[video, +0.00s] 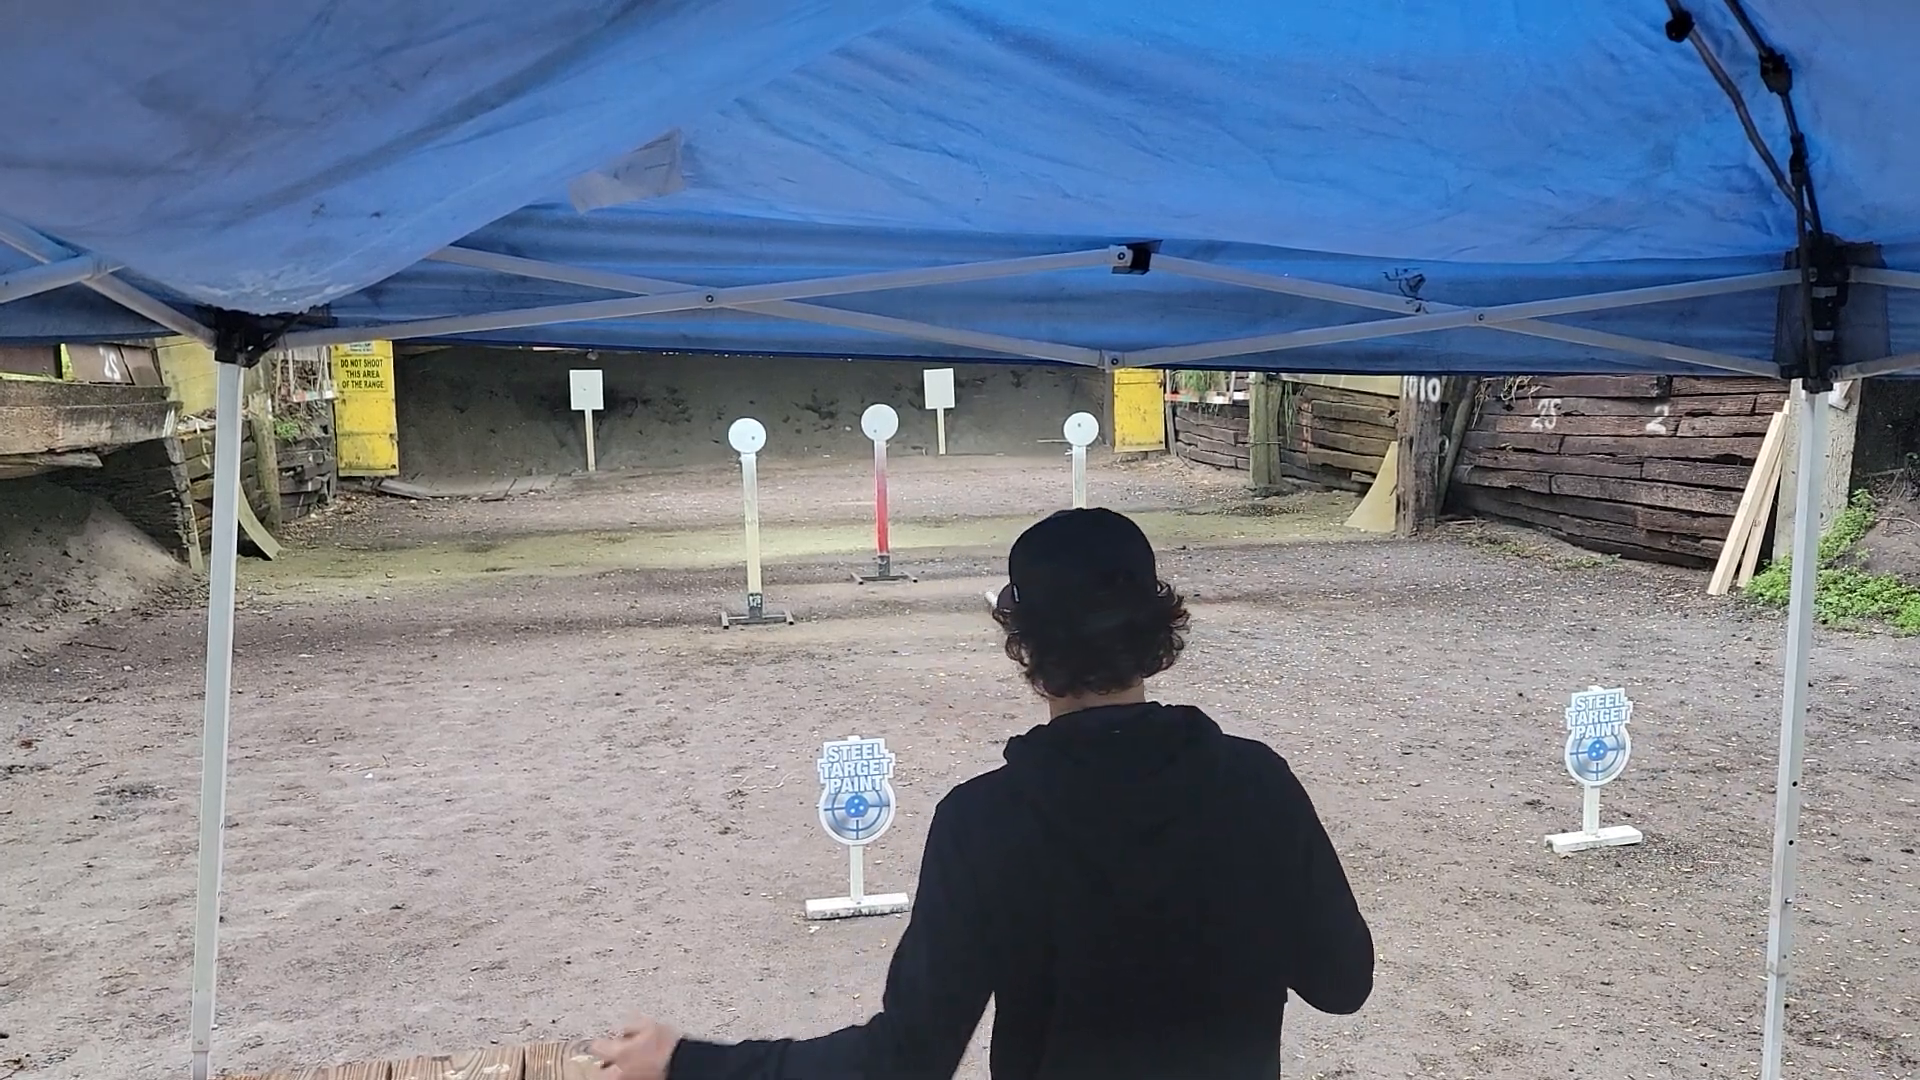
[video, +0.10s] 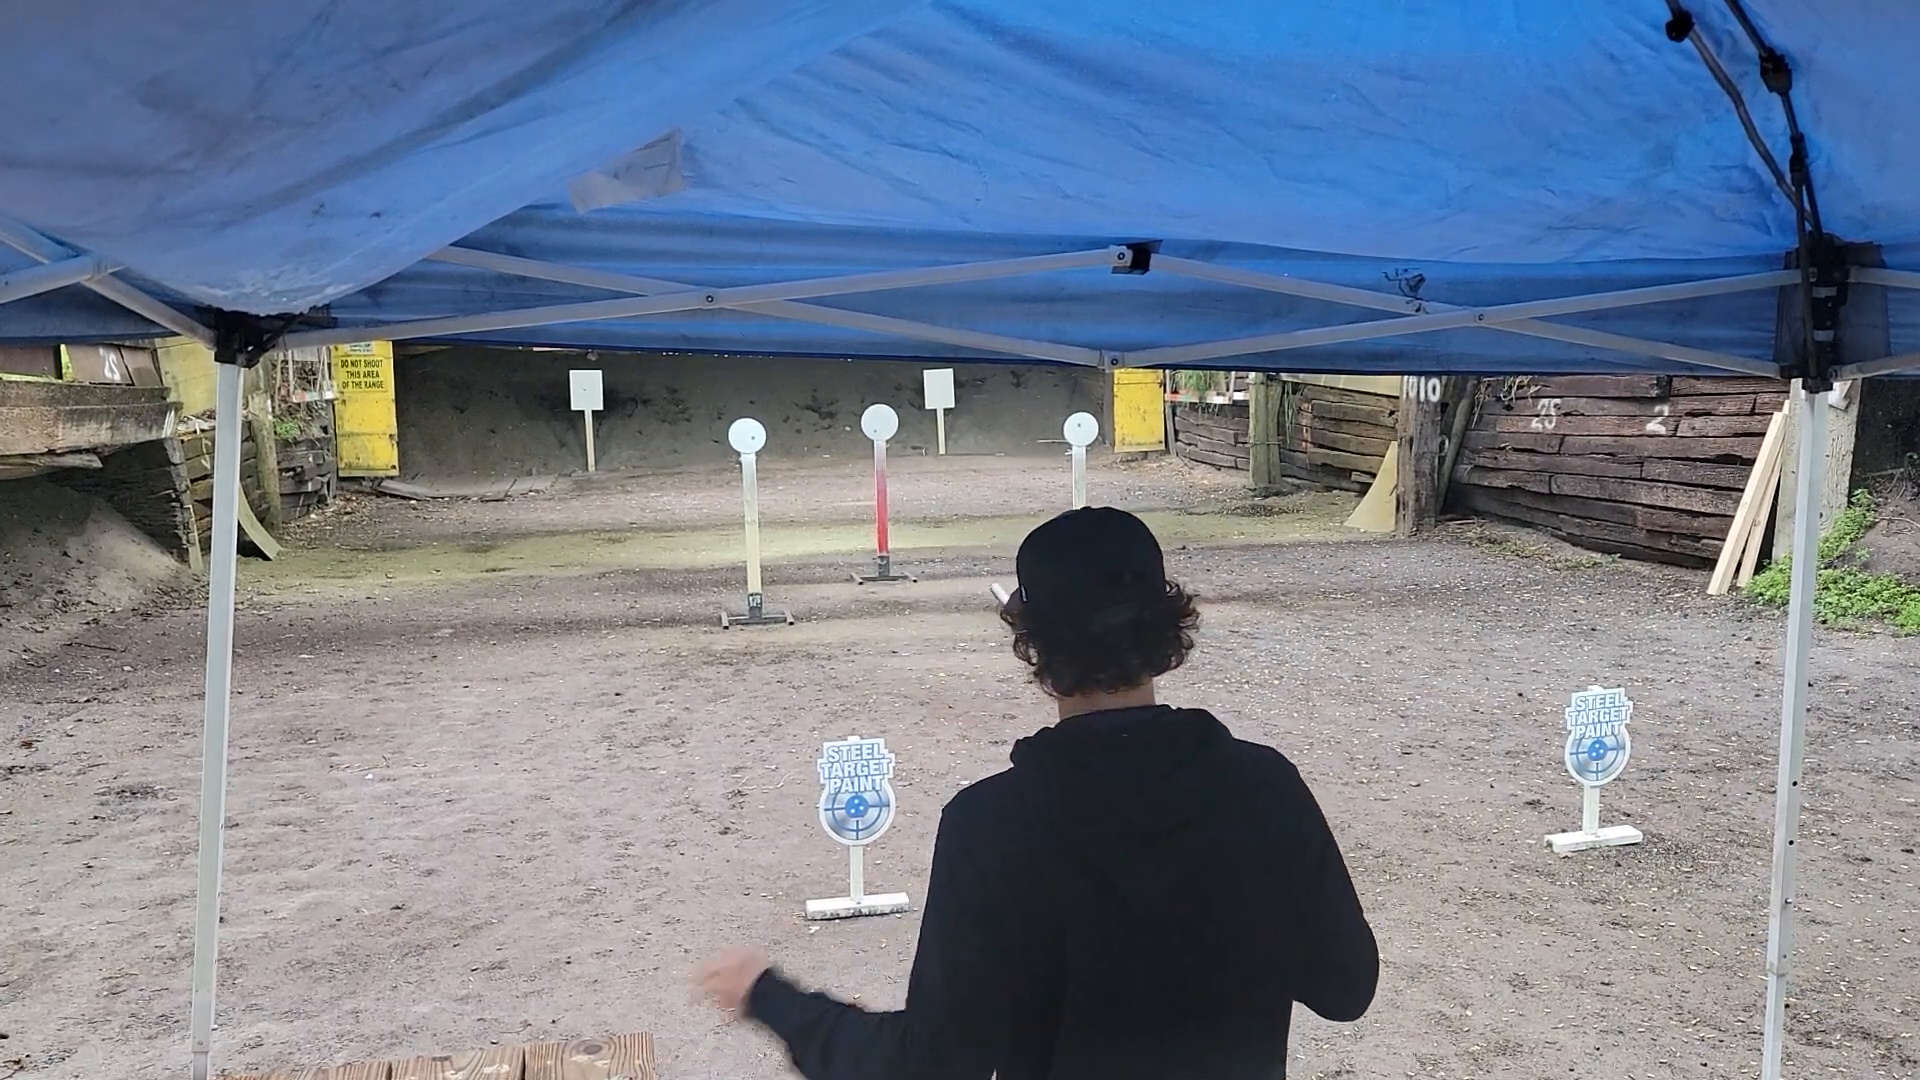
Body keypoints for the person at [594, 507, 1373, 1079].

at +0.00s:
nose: (1016, 636)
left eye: (1014, 620)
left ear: (1021, 640)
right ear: (1162, 625)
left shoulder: (987, 818)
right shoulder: (1258, 784)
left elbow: (910, 1055)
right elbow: (1344, 980)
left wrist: (686, 1060)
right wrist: (1230, 893)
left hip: (1053, 1067)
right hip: (1226, 1071)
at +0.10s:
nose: (1022, 636)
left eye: (1023, 617)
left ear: (1032, 638)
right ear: (1166, 623)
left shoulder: (992, 821)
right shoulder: (1265, 788)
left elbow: (941, 1054)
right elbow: (1347, 988)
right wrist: (1221, 900)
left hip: (1058, 1072)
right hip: (1236, 1073)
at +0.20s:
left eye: (1034, 622)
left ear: (1043, 642)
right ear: (1178, 621)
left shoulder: (992, 821)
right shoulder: (1277, 793)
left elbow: (950, 1057)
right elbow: (1356, 994)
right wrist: (1236, 908)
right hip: (1235, 1071)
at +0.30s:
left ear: (1053, 645)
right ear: (1190, 624)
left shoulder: (994, 814)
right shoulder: (1285, 797)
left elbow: (960, 1030)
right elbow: (1365, 1000)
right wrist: (1241, 928)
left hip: (1061, 1070)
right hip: (1242, 1068)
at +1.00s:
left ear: (1086, 637)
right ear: (1225, 619)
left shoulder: (1019, 792)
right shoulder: (1317, 809)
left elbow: (1022, 965)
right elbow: (1387, 1023)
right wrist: (1264, 942)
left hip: (1068, 1072)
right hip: (1261, 1072)